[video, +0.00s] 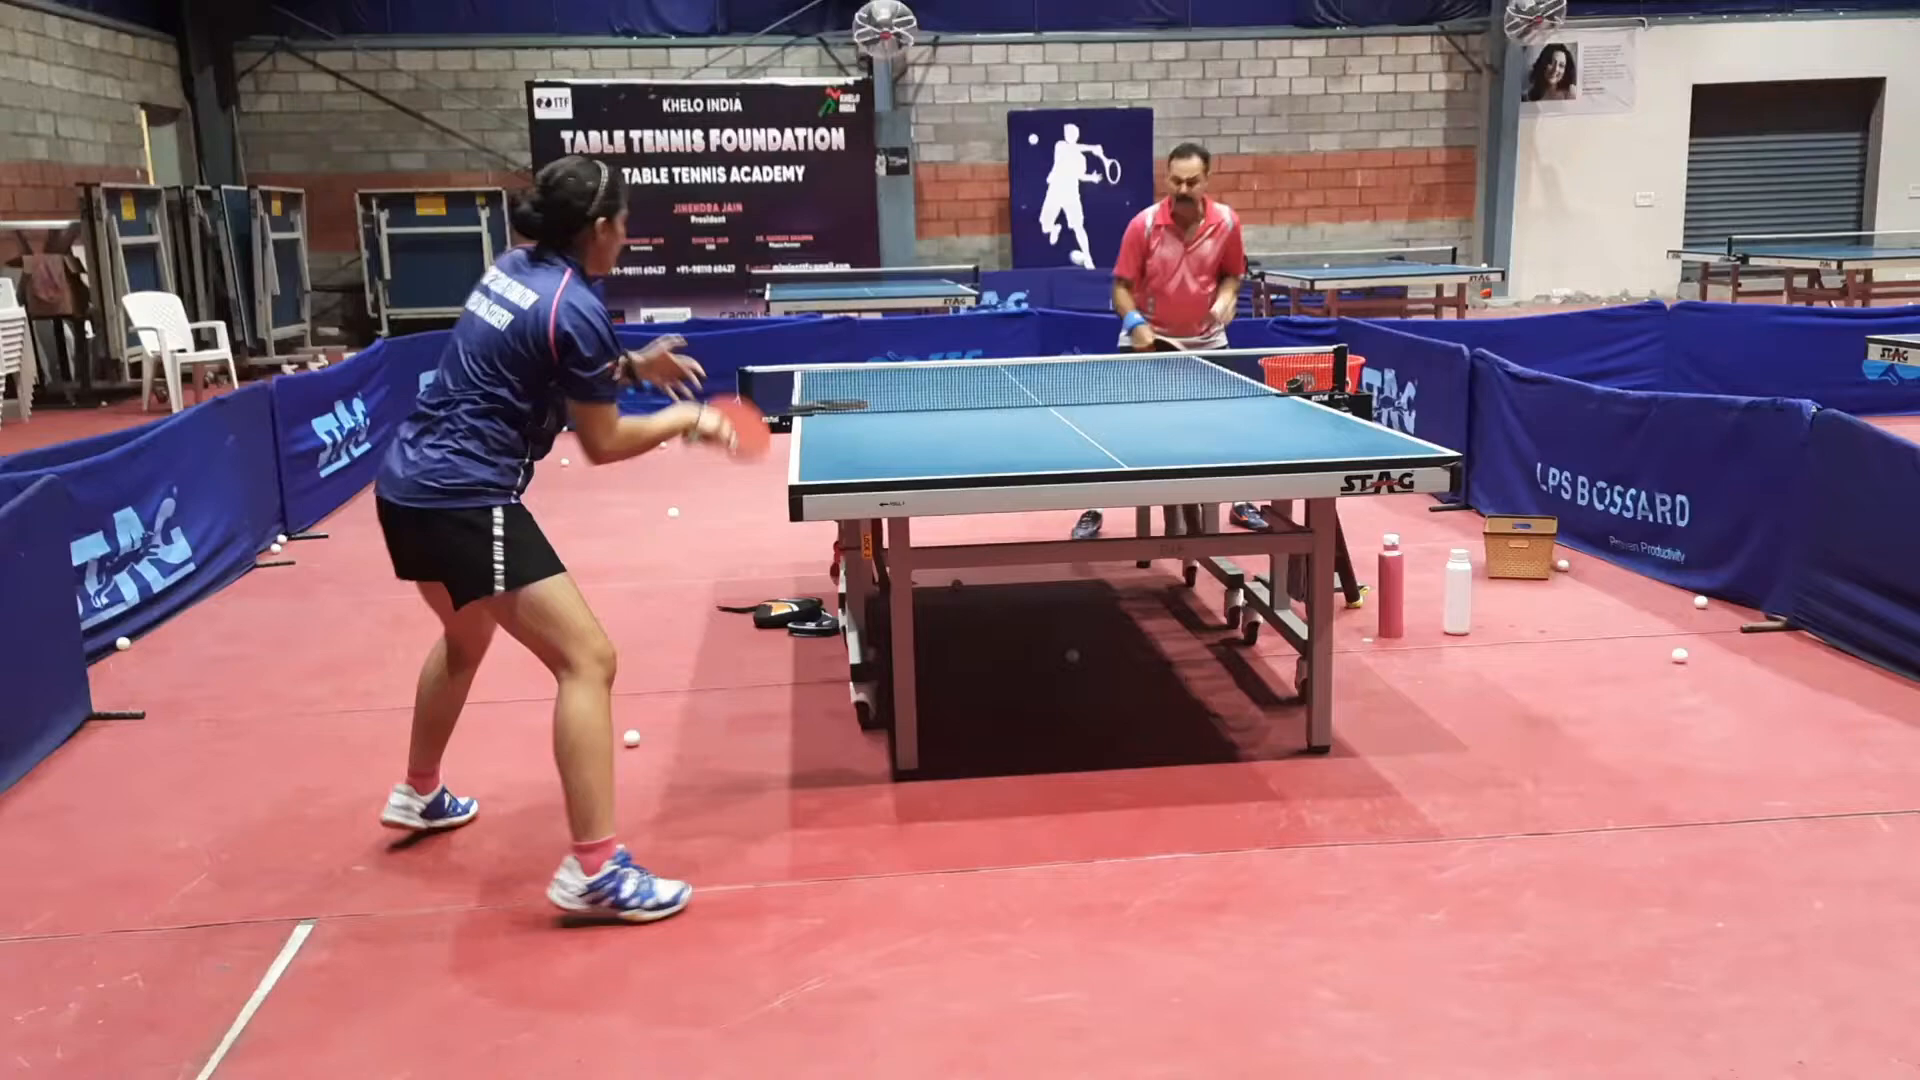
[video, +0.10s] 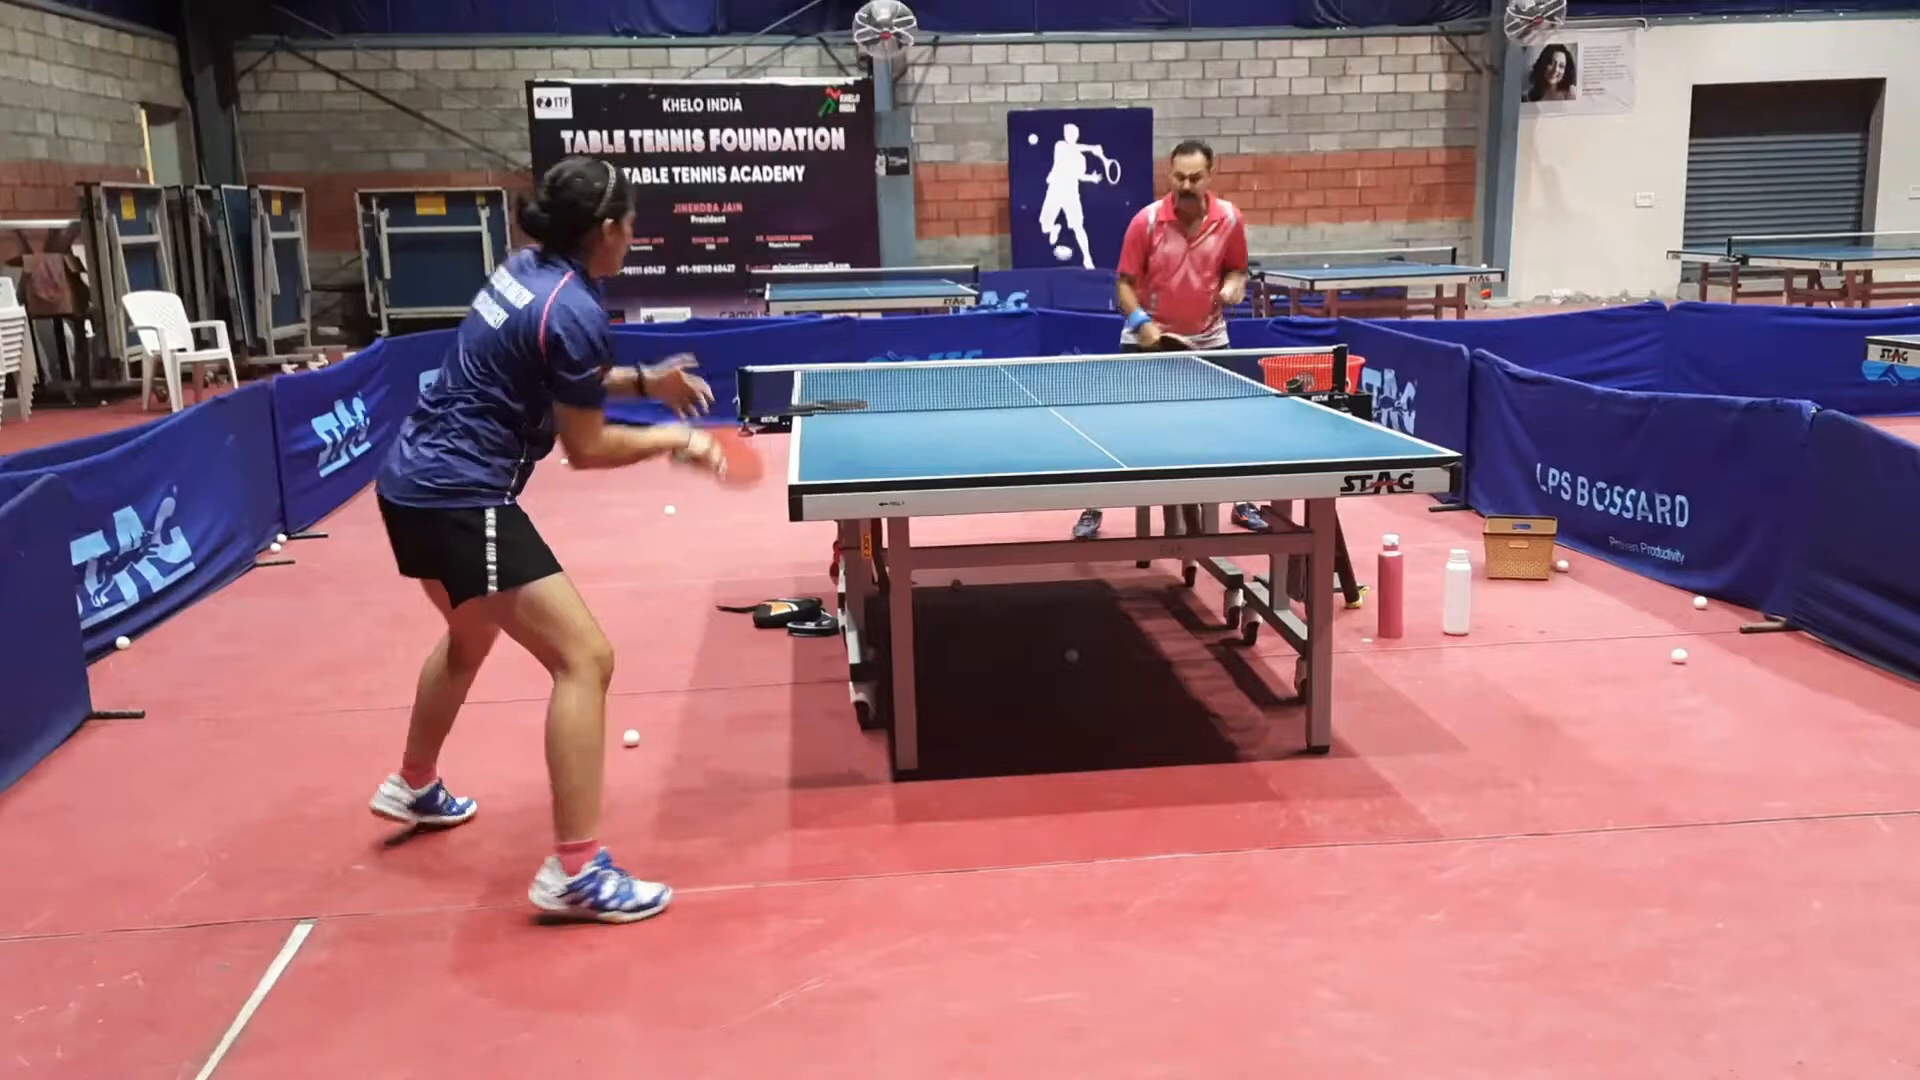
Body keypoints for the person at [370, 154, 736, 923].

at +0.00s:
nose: (625, 234)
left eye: (623, 220)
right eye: (620, 221)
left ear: (555, 221)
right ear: (595, 228)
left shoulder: (513, 264)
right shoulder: (576, 310)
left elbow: (542, 364)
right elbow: (604, 440)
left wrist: (633, 363)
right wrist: (687, 421)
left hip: (408, 486)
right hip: (469, 498)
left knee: (466, 637)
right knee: (588, 661)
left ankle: (416, 793)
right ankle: (596, 866)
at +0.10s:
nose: (631, 235)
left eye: (629, 221)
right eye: (625, 222)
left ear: (560, 222)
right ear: (600, 231)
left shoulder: (523, 267)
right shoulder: (572, 313)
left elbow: (551, 378)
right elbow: (588, 449)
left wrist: (644, 380)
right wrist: (675, 441)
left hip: (412, 482)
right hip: (464, 498)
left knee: (469, 638)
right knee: (585, 661)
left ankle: (413, 786)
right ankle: (578, 866)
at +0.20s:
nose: (645, 265)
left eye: (643, 252)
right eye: (640, 253)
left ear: (581, 259)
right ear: (613, 265)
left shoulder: (556, 308)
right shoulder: (560, 345)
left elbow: (582, 405)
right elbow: (530, 475)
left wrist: (659, 445)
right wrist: (630, 502)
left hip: (435, 505)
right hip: (459, 518)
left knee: (494, 644)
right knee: (588, 672)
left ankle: (400, 774)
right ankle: (569, 871)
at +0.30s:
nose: (643, 301)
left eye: (642, 289)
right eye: (638, 290)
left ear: (587, 293)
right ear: (607, 298)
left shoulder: (589, 359)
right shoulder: (528, 373)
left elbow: (603, 443)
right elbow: (482, 500)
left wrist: (657, 483)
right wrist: (588, 546)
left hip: (476, 530)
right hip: (453, 539)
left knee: (504, 662)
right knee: (590, 672)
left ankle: (394, 778)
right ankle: (570, 871)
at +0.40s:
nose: (630, 299)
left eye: (628, 287)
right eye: (624, 287)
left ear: (579, 291)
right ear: (589, 293)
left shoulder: (587, 351)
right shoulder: (493, 367)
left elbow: (610, 432)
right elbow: (427, 477)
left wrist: (643, 482)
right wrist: (527, 537)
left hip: (485, 518)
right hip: (434, 522)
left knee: (501, 657)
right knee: (552, 660)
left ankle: (395, 774)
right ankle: (569, 866)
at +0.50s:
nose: (608, 300)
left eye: (608, 287)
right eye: (600, 287)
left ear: (562, 293)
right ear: (558, 293)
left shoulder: (581, 352)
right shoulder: (454, 360)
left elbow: (623, 431)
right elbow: (386, 457)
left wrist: (653, 521)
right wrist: (472, 518)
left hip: (496, 512)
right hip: (424, 515)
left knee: (499, 655)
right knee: (531, 655)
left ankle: (392, 765)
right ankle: (531, 857)